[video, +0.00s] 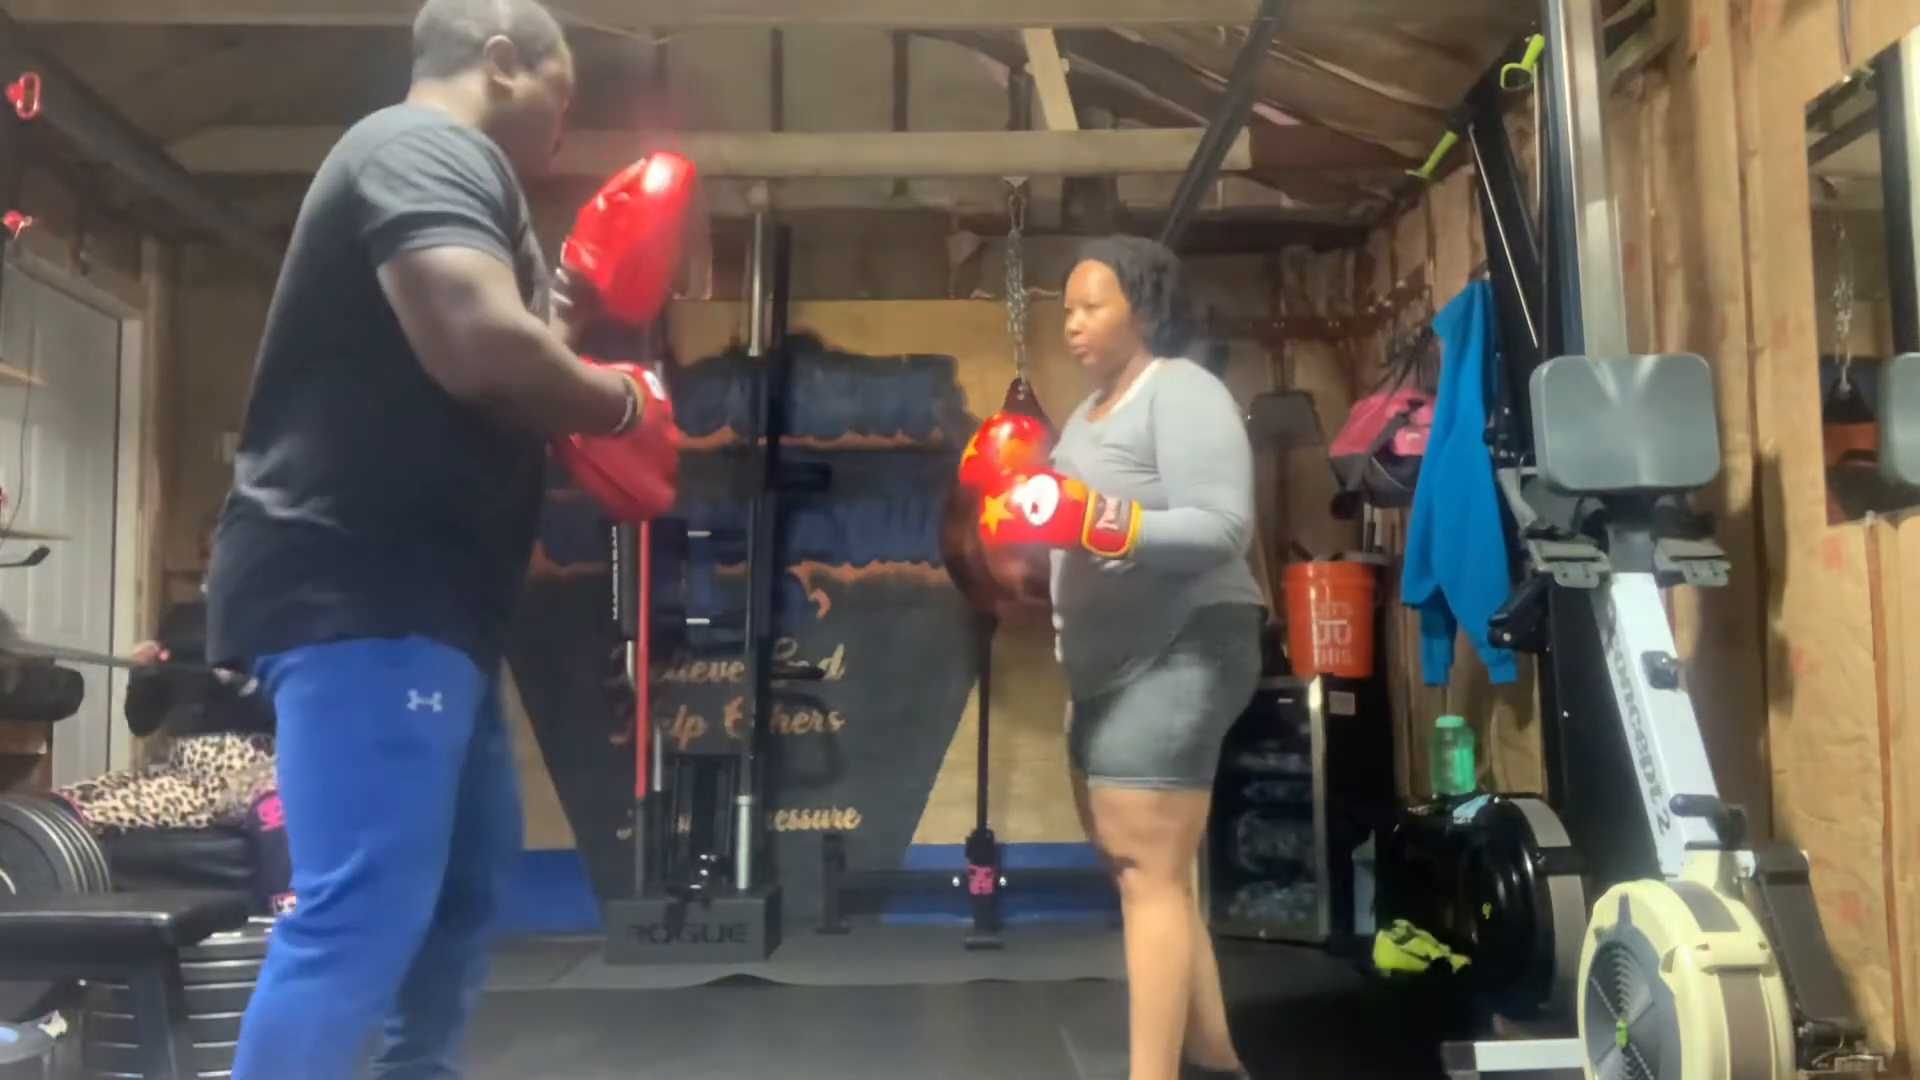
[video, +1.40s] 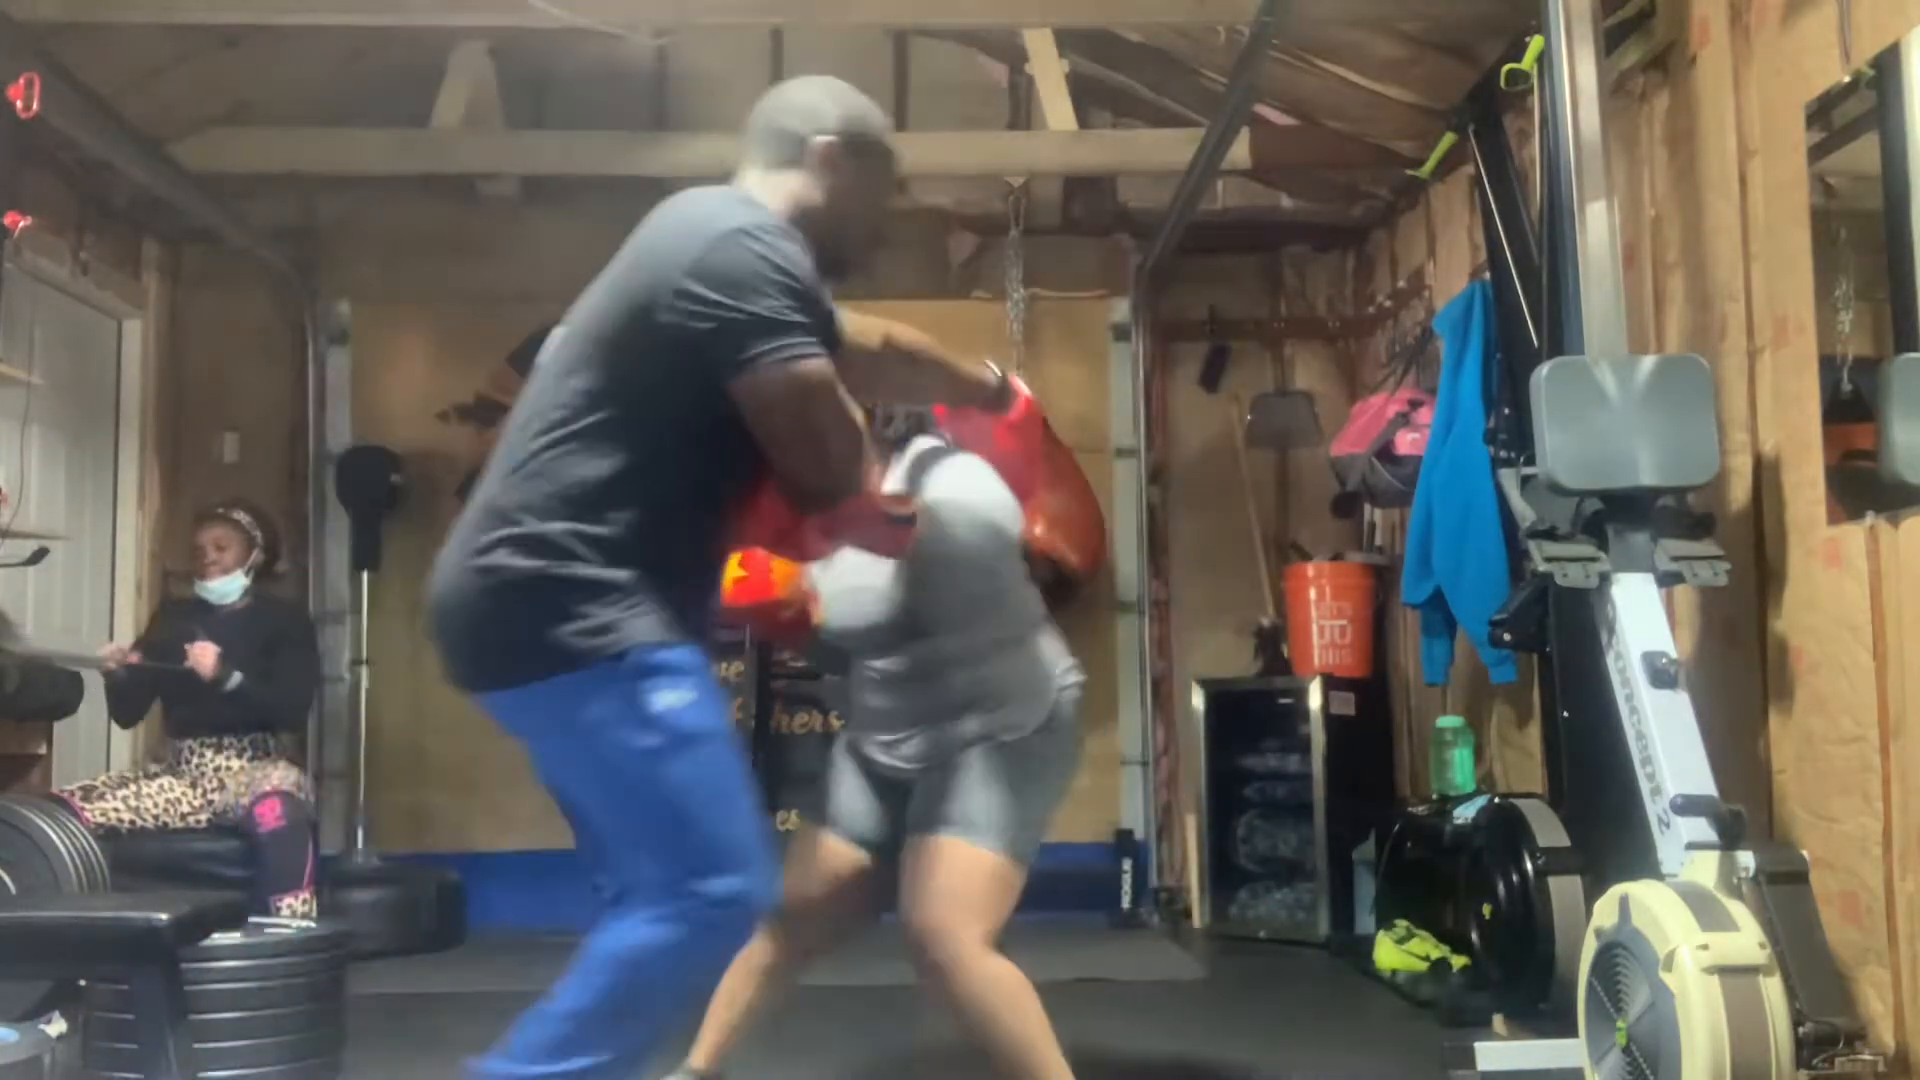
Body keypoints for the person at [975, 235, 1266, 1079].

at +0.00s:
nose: (1071, 325)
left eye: (1089, 307)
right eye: (1069, 309)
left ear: (1141, 311)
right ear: (1080, 318)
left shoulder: (1187, 392)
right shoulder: (1083, 418)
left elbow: (1221, 527)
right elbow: (1080, 527)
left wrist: (1095, 516)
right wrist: (1019, 484)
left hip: (1186, 641)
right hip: (1106, 653)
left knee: (1149, 867)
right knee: (1141, 865)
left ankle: (1152, 1072)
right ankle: (1215, 1058)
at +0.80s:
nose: (1038, 330)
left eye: (1054, 313)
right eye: (1033, 317)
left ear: (1106, 312)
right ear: (1031, 330)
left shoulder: (1142, 374)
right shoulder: (1040, 419)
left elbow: (1143, 447)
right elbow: (1016, 548)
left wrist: (1052, 387)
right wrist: (981, 456)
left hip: (1133, 627)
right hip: (1101, 636)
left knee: (1085, 888)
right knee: (1169, 900)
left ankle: (1093, 1075)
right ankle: (1216, 1071)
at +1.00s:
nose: (972, 337)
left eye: (989, 317)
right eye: (967, 321)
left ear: (1049, 312)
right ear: (968, 332)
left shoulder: (1089, 363)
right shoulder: (983, 421)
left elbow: (1091, 415)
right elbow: (948, 536)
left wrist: (971, 384)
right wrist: (904, 471)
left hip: (1128, 629)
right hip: (1063, 656)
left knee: (1058, 874)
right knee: (1156, 906)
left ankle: (1088, 1074)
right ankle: (1218, 1073)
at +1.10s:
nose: (926, 357)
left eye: (942, 338)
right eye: (923, 340)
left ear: (999, 333)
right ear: (937, 345)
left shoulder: (1053, 391)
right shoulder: (948, 442)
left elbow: (1116, 491)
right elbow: (939, 571)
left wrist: (993, 496)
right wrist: (867, 576)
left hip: (1113, 649)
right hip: (1035, 678)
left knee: (1028, 879)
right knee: (1050, 888)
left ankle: (1078, 1073)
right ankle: (1186, 1041)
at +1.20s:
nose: (879, 395)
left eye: (894, 374)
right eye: (875, 379)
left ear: (955, 367)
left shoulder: (1018, 430)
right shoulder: (912, 482)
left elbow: (1129, 536)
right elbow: (914, 613)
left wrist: (1010, 557)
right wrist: (849, 581)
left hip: (1088, 685)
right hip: (984, 703)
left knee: (997, 897)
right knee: (926, 882)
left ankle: (1068, 1071)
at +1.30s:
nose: (843, 424)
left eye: (860, 401)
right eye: (837, 408)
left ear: (911, 398)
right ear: (841, 421)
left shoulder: (987, 456)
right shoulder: (867, 505)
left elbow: (1093, 556)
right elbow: (897, 626)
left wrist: (986, 549)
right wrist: (845, 610)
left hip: (1048, 712)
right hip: (935, 723)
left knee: (968, 918)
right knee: (853, 891)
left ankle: (1059, 1070)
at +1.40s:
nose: (812, 450)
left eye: (825, 429)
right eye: (807, 436)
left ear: (873, 421)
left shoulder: (957, 494)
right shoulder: (843, 508)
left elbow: (889, 599)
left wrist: (797, 598)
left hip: (996, 732)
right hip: (879, 742)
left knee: (947, 933)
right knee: (790, 917)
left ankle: (1052, 1073)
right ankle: (698, 1066)